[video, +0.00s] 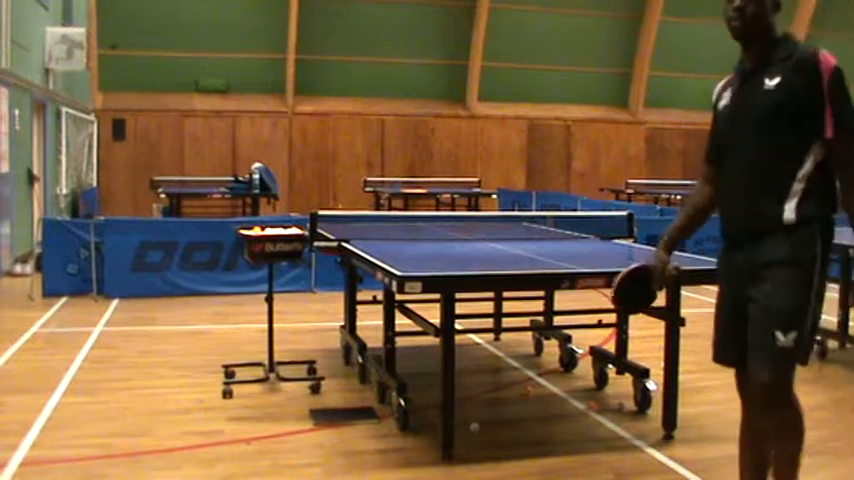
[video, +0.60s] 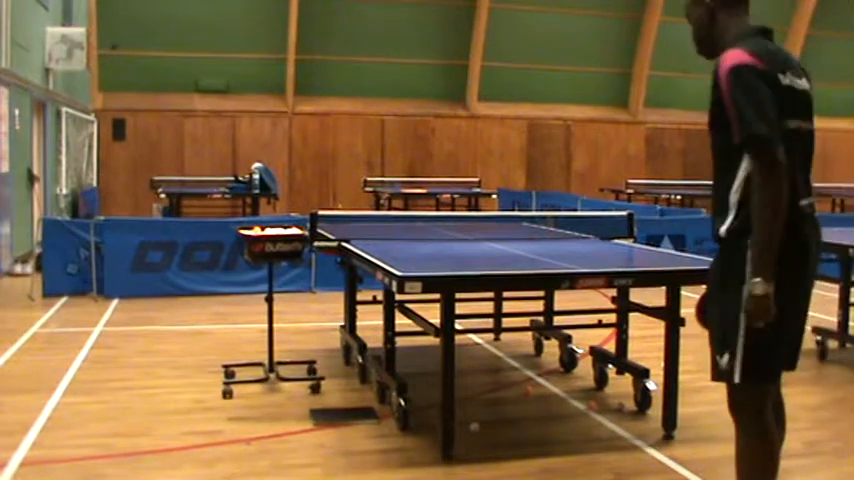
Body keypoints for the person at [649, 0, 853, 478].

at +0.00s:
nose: (735, 9)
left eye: (746, 1)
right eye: (729, 3)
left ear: (772, 7)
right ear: (724, 16)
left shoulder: (816, 69)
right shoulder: (727, 89)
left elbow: (844, 168)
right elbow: (712, 182)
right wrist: (666, 244)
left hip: (793, 246)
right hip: (741, 248)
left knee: (771, 379)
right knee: (749, 383)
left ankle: (784, 474)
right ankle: (751, 475)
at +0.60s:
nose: (691, 28)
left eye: (691, 15)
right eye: (689, 18)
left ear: (713, 10)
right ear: (737, 10)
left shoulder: (737, 65)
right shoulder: (786, 63)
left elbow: (768, 173)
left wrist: (761, 276)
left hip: (760, 255)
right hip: (790, 250)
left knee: (747, 402)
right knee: (763, 395)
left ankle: (754, 478)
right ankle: (762, 474)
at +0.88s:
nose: (698, 23)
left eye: (697, 14)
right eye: (698, 15)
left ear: (708, 11)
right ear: (751, 9)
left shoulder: (717, 69)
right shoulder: (814, 67)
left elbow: (713, 182)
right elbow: (834, 180)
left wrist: (676, 275)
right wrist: (815, 250)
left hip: (752, 257)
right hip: (806, 257)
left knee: (751, 405)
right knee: (778, 391)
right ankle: (777, 474)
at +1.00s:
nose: (708, 27)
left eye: (708, 17)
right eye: (710, 17)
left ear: (717, 11)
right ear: (764, 12)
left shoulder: (720, 69)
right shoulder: (827, 71)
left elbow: (712, 183)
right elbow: (840, 179)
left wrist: (670, 261)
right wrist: (841, 263)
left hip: (755, 257)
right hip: (817, 253)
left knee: (752, 404)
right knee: (794, 392)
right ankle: (796, 477)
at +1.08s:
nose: (715, 28)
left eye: (715, 17)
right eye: (716, 18)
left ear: (724, 11)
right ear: (771, 12)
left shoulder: (727, 68)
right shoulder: (832, 73)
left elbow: (718, 181)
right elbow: (844, 176)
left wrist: (675, 254)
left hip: (758, 259)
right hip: (821, 255)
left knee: (756, 404)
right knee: (804, 394)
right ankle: (809, 475)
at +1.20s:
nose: (726, 32)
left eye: (726, 20)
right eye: (728, 21)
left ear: (735, 13)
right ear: (780, 13)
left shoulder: (740, 67)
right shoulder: (837, 69)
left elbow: (733, 178)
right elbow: (845, 172)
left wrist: (692, 257)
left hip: (766, 257)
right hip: (830, 253)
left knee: (754, 400)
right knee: (813, 395)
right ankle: (815, 476)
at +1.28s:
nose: (733, 36)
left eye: (732, 24)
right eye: (733, 25)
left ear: (742, 16)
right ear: (788, 14)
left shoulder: (747, 68)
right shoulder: (840, 68)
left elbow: (743, 180)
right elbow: (842, 171)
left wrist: (709, 261)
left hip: (770, 253)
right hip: (836, 249)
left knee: (744, 393)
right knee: (817, 391)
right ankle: (817, 478)